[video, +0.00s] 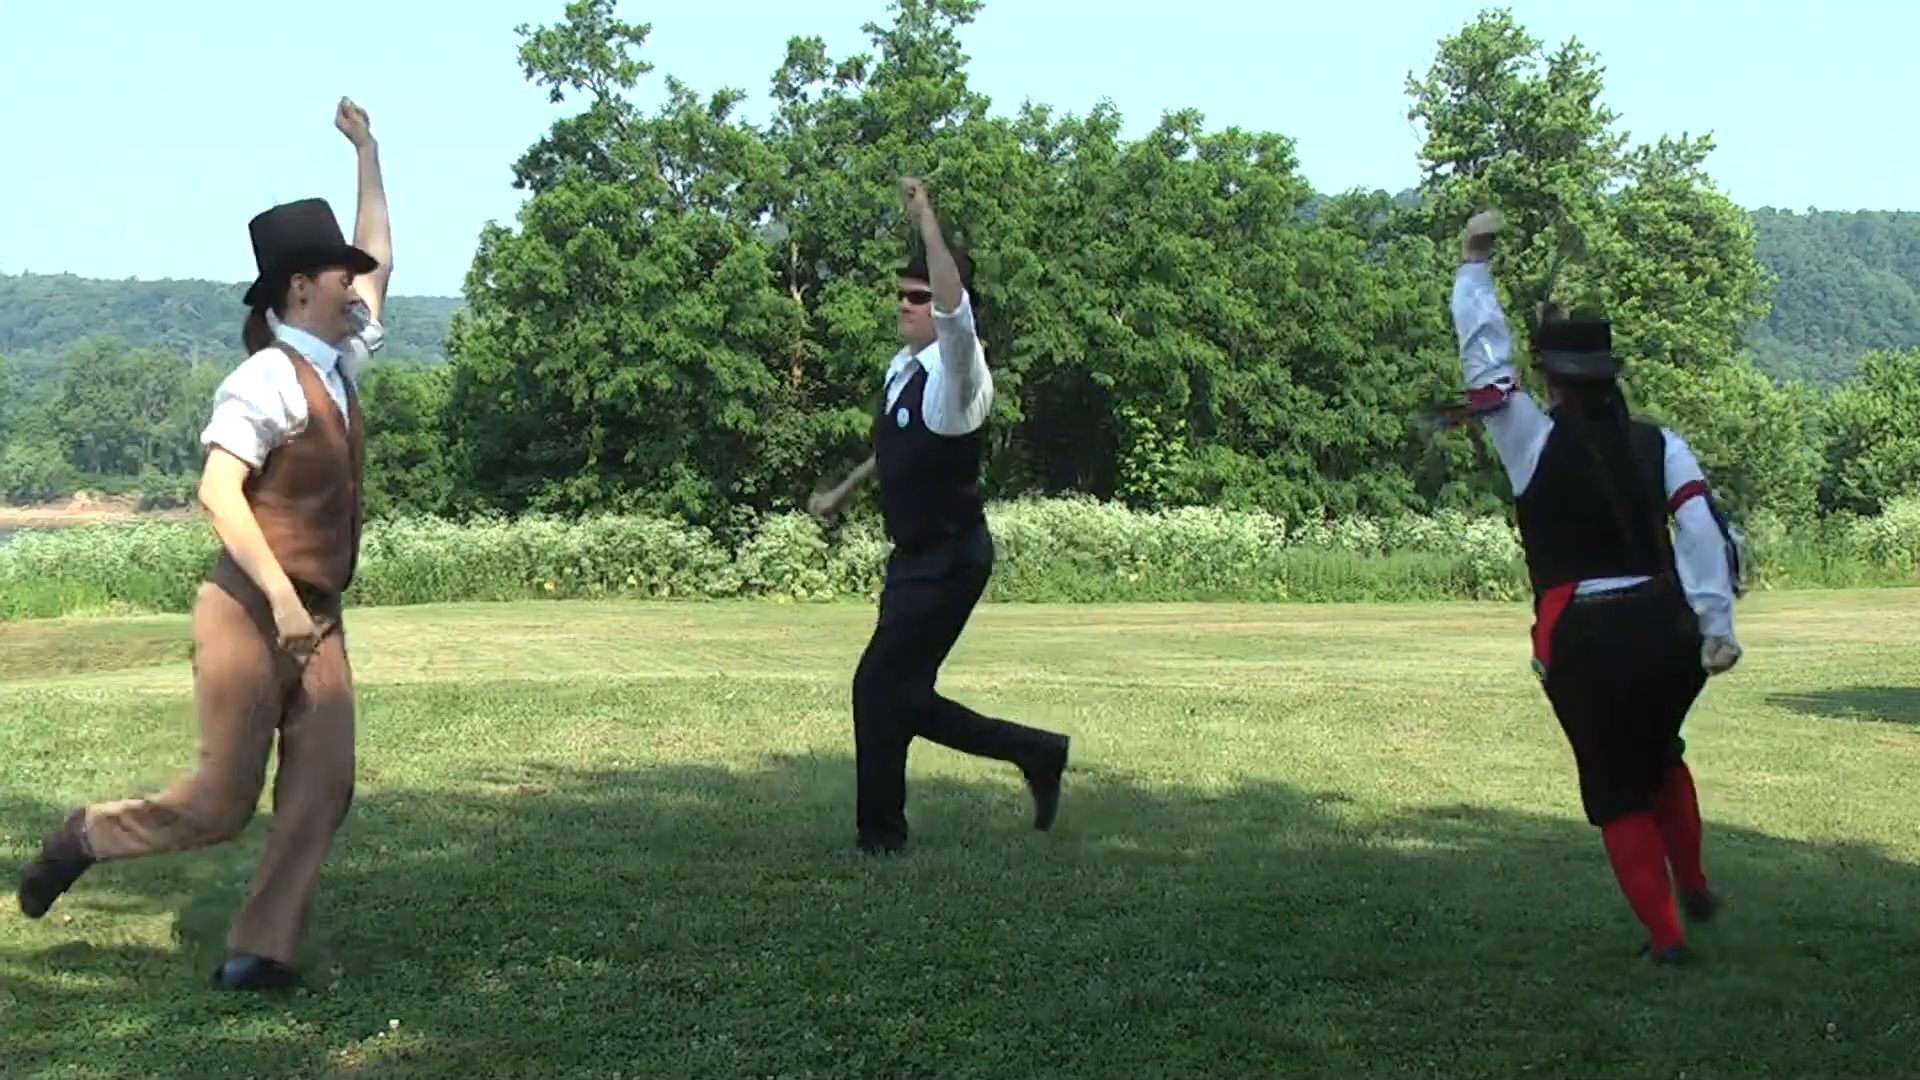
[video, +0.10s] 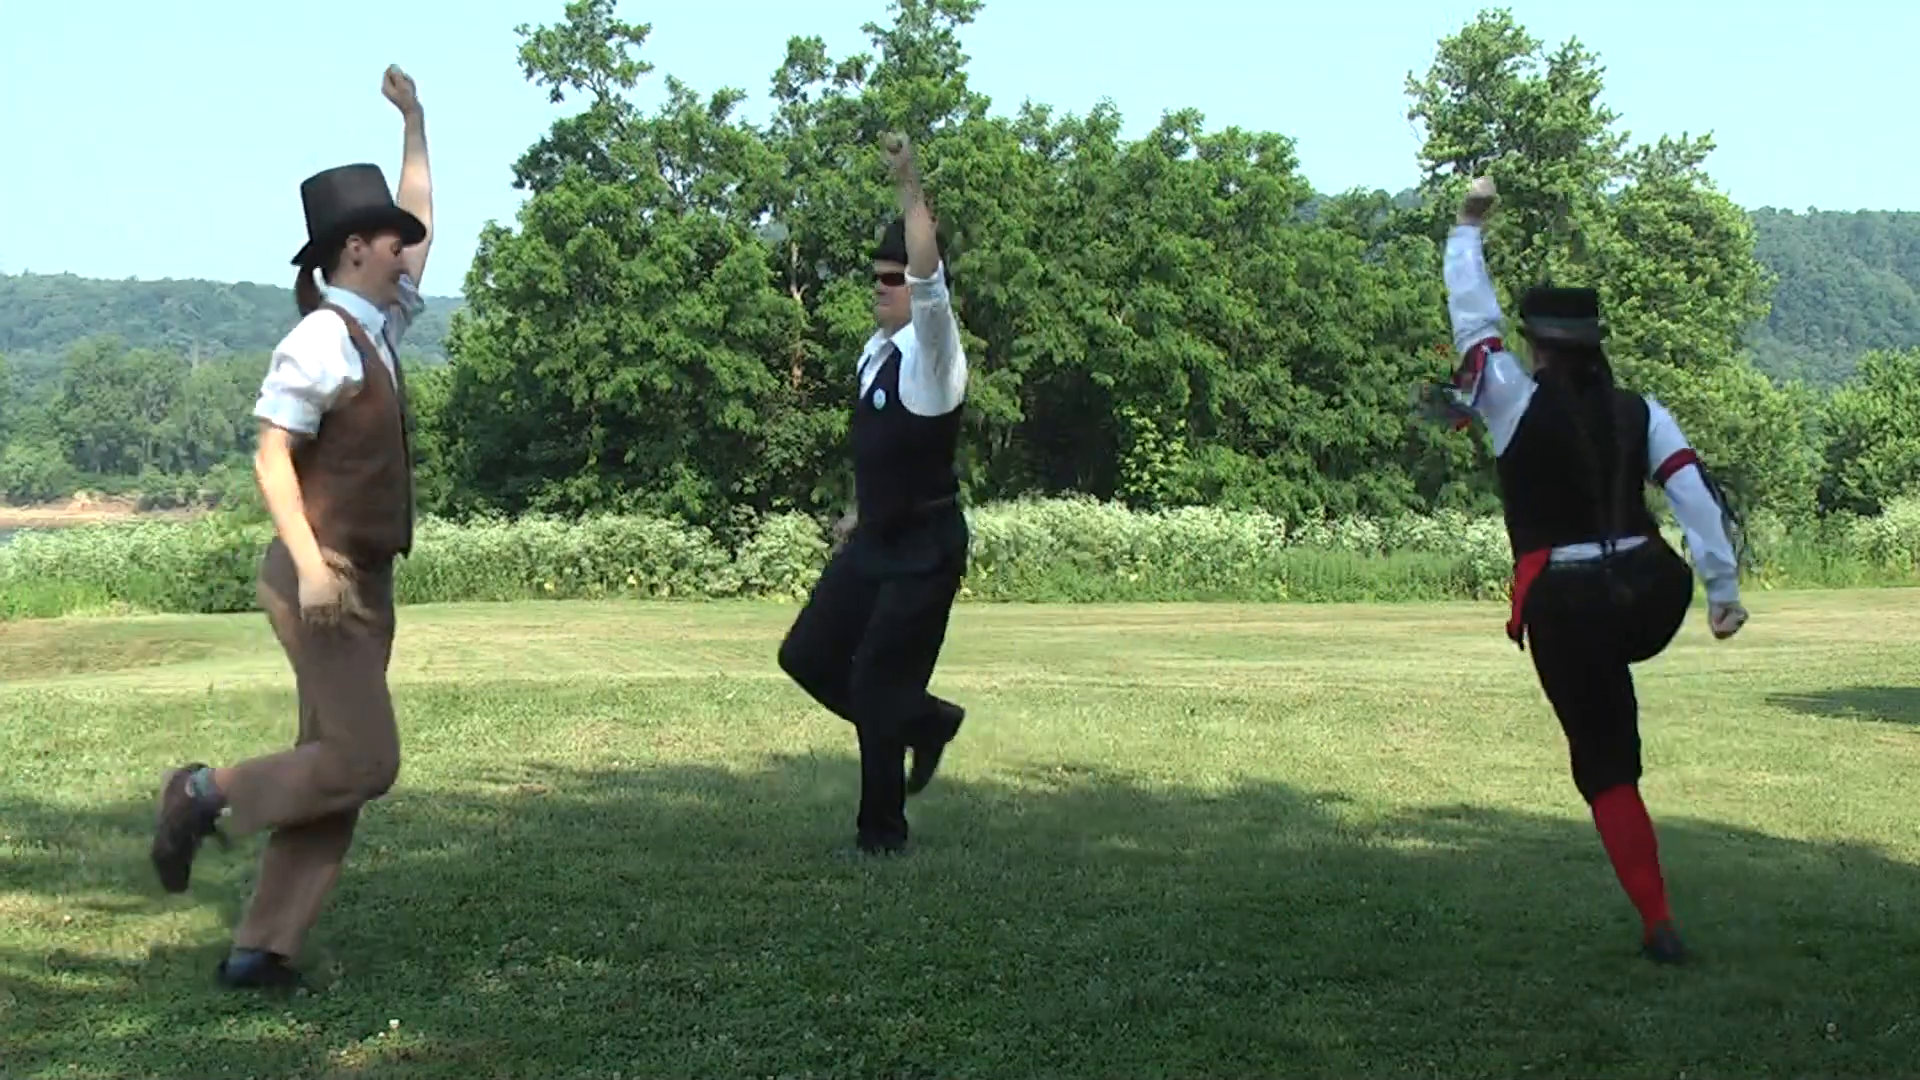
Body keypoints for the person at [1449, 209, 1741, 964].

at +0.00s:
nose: (1547, 391)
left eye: (1549, 381)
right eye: (1559, 378)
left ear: (1551, 389)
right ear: (1613, 382)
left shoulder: (1532, 443)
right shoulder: (1661, 444)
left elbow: (1486, 361)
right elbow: (1699, 526)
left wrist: (1473, 263)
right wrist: (1717, 618)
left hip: (1580, 634)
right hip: (1667, 624)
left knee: (1614, 784)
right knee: (1662, 750)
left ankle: (1667, 940)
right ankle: (1694, 888)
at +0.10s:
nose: (1531, 355)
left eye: (1535, 344)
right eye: (1543, 344)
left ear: (1538, 353)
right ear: (1598, 351)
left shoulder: (1513, 399)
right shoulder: (1642, 411)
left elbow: (1473, 318)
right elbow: (1694, 496)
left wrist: (1467, 227)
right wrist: (1723, 582)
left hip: (1561, 607)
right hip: (1651, 597)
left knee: (1604, 764)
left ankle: (1659, 926)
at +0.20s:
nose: (1504, 330)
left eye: (1510, 322)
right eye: (1512, 322)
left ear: (1519, 330)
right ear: (1575, 331)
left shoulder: (1497, 374)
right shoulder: (1620, 391)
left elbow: (1462, 291)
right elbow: (1671, 475)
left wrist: (1463, 199)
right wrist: (1705, 563)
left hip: (1539, 584)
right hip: (1625, 573)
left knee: (1572, 747)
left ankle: (1624, 897)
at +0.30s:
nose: (1478, 346)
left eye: (1484, 337)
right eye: (1485, 335)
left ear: (1499, 343)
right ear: (1552, 344)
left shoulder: (1478, 382)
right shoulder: (1591, 405)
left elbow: (1450, 294)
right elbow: (1643, 492)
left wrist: (1453, 212)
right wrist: (1674, 575)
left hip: (1521, 592)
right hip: (1603, 579)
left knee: (1544, 749)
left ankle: (1566, 900)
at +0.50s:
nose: (1438, 400)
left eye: (1443, 391)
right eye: (1442, 391)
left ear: (1457, 400)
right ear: (1498, 400)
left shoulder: (1448, 448)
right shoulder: (1531, 462)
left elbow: (1410, 360)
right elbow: (1572, 545)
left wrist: (1394, 277)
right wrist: (1593, 625)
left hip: (1494, 631)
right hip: (1550, 622)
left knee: (1483, 787)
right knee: (1414, 700)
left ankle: (1561, 916)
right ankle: (1447, 839)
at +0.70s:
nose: (1375, 362)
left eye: (1381, 355)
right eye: (1387, 354)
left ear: (1389, 360)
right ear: (1434, 364)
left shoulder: (1378, 398)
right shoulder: (1461, 428)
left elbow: (1358, 323)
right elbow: (1501, 509)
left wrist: (1353, 239)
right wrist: (1516, 587)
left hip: (1409, 598)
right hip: (1459, 594)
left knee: (1410, 763)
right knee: (1343, 702)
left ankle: (1506, 866)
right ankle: (1341, 844)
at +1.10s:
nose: (1236, 339)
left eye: (1247, 328)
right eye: (1242, 329)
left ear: (1270, 334)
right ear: (1289, 338)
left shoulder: (1272, 380)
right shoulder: (1281, 394)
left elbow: (1256, 293)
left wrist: (1247, 221)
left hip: (1266, 577)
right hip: (1298, 582)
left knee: (1138, 631)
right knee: (1261, 720)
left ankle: (1161, 763)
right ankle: (1321, 851)